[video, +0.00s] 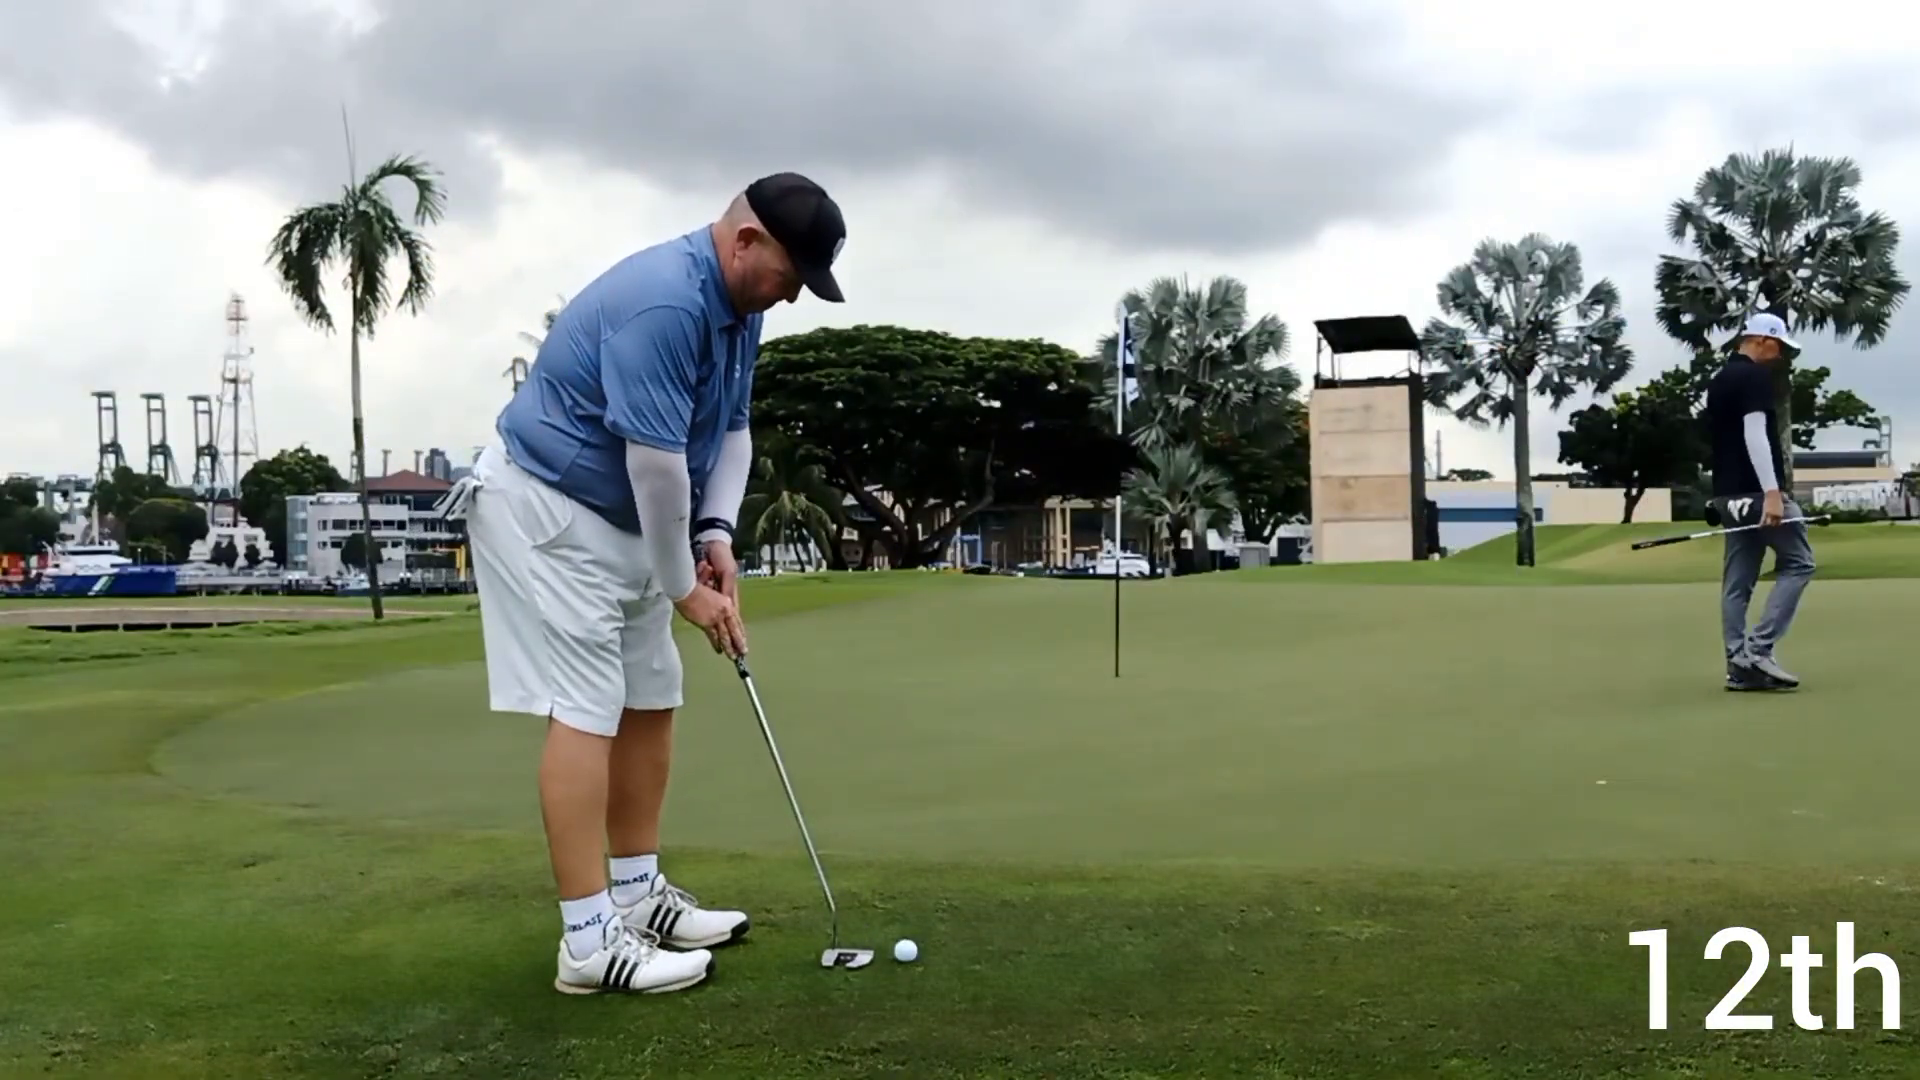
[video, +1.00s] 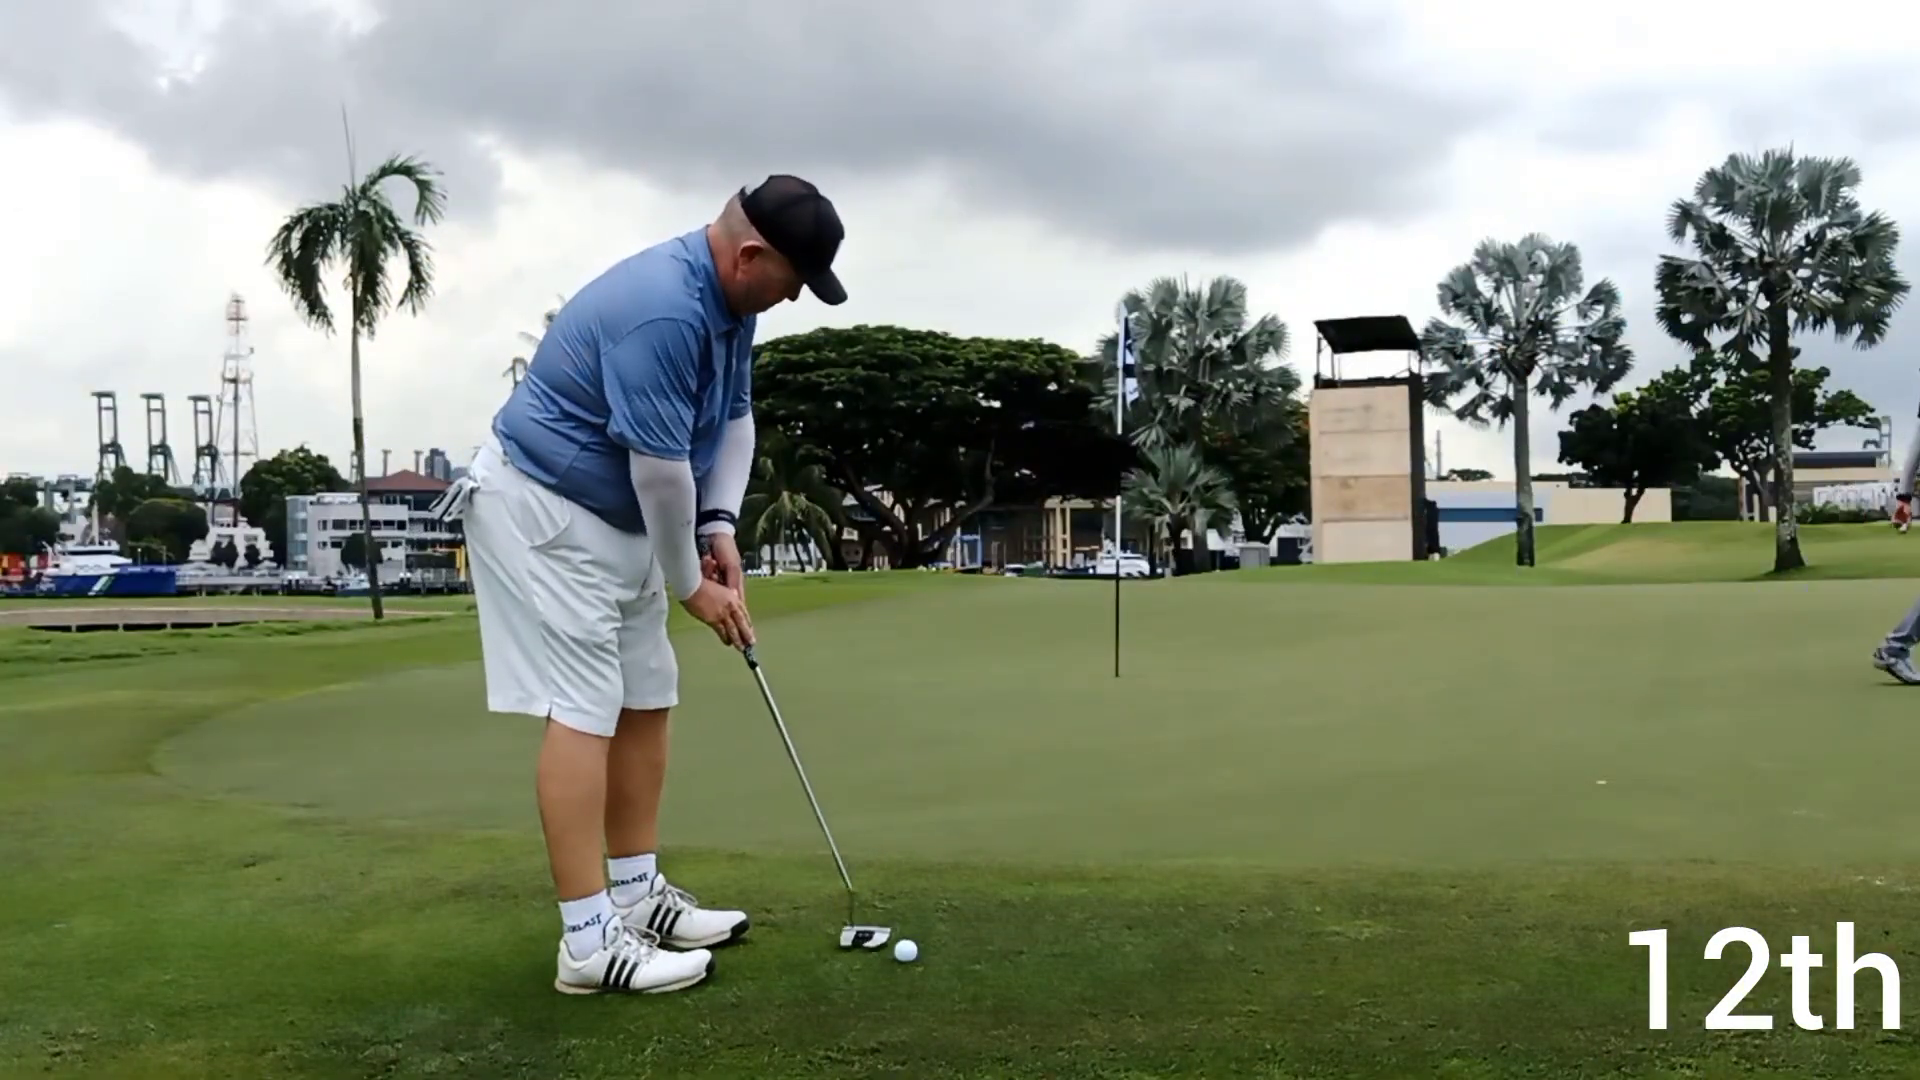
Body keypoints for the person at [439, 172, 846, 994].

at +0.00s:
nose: (792, 295)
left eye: (800, 283)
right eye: (789, 277)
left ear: (754, 244)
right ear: (745, 239)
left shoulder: (738, 308)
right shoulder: (660, 309)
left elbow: (732, 432)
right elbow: (656, 470)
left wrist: (719, 532)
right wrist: (684, 587)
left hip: (629, 509)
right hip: (548, 502)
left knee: (648, 694)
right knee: (586, 704)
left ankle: (636, 897)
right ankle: (586, 942)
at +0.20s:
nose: (791, 295)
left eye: (800, 283)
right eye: (789, 277)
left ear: (755, 245)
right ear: (746, 240)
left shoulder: (739, 308)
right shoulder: (656, 307)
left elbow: (732, 437)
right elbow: (650, 467)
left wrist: (716, 535)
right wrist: (678, 587)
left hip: (627, 511)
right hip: (545, 503)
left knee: (648, 695)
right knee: (584, 705)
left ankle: (635, 897)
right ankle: (586, 941)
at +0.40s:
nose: (793, 297)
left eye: (803, 285)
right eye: (791, 279)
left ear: (759, 248)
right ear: (748, 241)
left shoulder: (745, 314)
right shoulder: (653, 300)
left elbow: (732, 444)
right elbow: (637, 460)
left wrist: (707, 537)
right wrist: (665, 582)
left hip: (623, 513)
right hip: (542, 501)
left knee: (647, 695)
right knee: (582, 704)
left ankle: (635, 897)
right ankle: (586, 942)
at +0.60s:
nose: (794, 297)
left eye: (804, 285)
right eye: (792, 279)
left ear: (759, 250)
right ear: (749, 244)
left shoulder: (741, 312)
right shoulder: (655, 305)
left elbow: (732, 437)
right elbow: (644, 461)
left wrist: (709, 530)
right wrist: (673, 586)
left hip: (622, 511)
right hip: (542, 501)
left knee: (646, 693)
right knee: (582, 703)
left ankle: (635, 898)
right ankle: (586, 940)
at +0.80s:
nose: (792, 296)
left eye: (800, 284)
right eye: (790, 280)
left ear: (753, 250)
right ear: (749, 250)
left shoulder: (729, 305)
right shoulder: (660, 312)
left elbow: (734, 423)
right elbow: (662, 477)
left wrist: (720, 521)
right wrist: (689, 585)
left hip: (625, 509)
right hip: (546, 502)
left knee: (644, 697)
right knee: (583, 705)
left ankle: (636, 898)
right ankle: (586, 940)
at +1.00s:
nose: (792, 296)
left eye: (799, 284)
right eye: (791, 280)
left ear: (752, 252)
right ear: (749, 254)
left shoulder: (727, 305)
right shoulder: (659, 312)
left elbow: (734, 425)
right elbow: (660, 476)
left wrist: (721, 523)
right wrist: (688, 585)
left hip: (625, 509)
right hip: (545, 503)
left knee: (644, 698)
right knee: (583, 706)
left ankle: (635, 898)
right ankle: (586, 941)